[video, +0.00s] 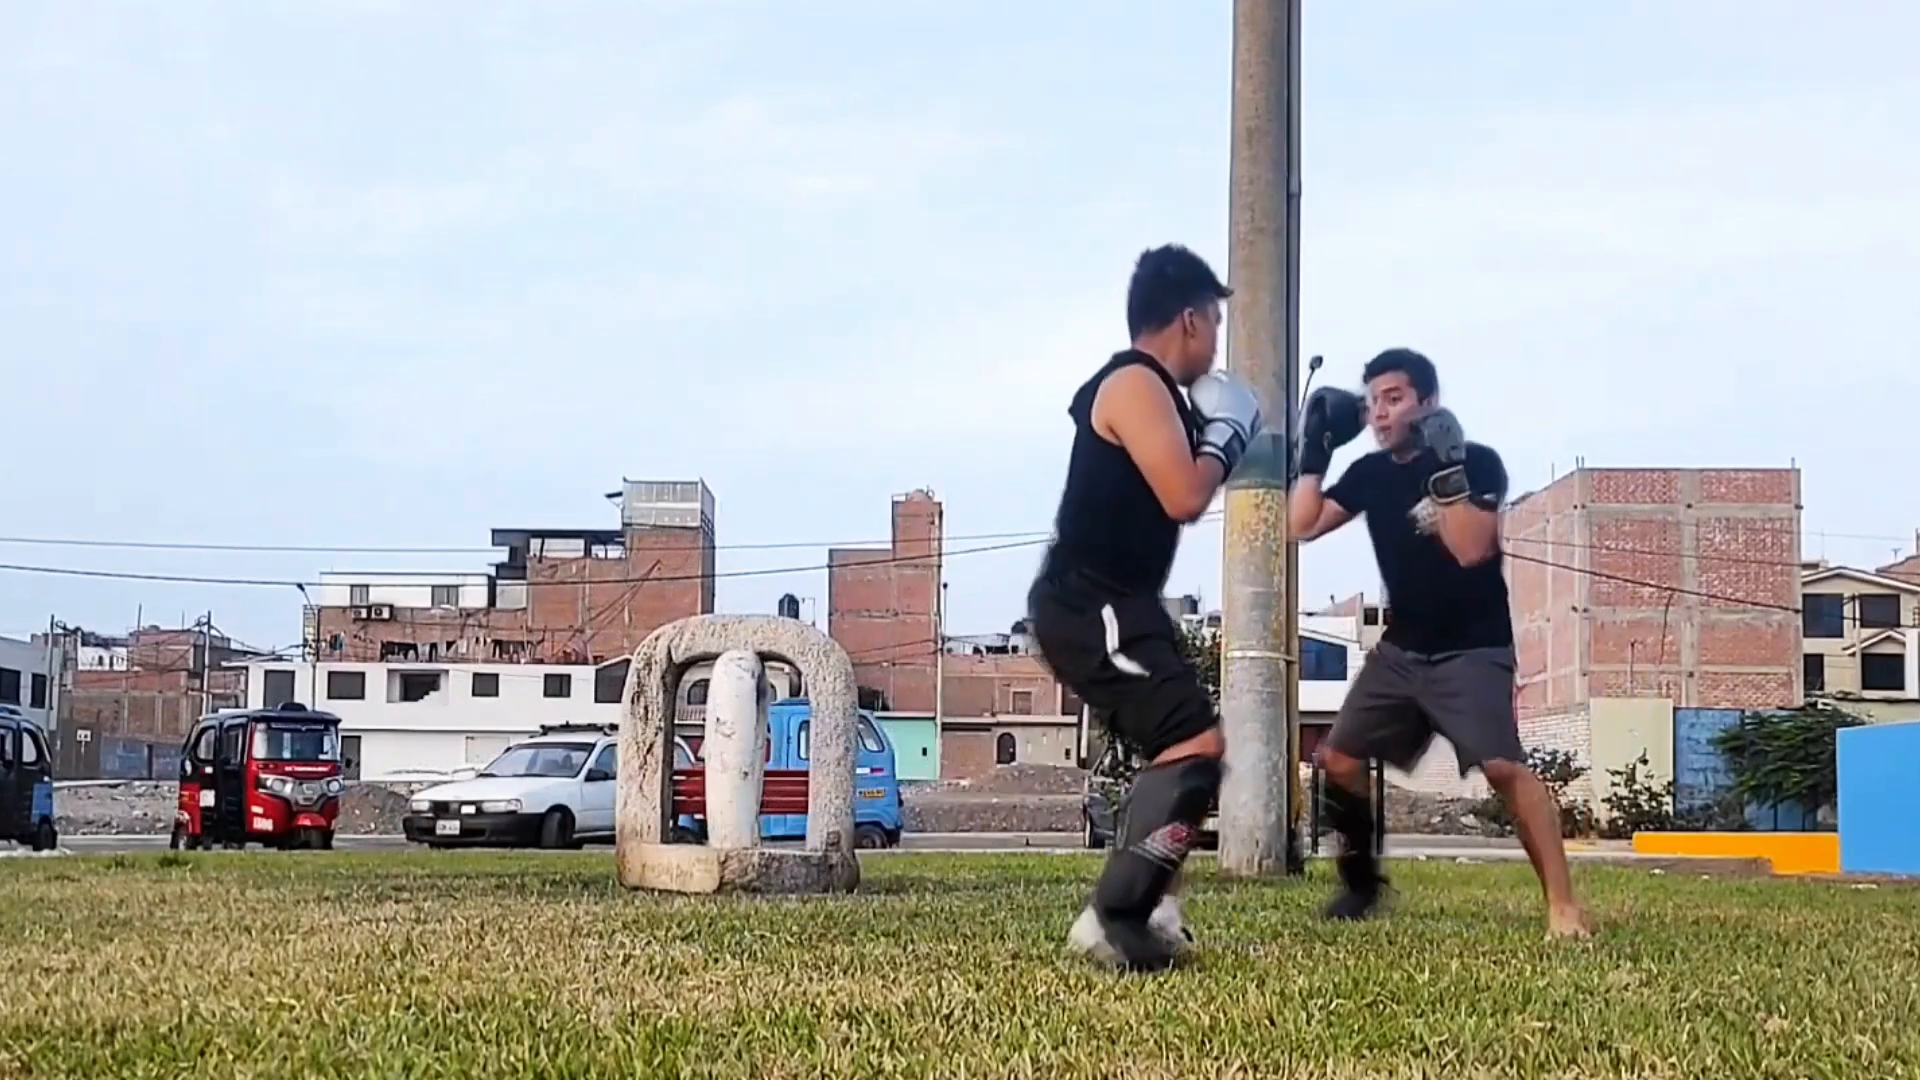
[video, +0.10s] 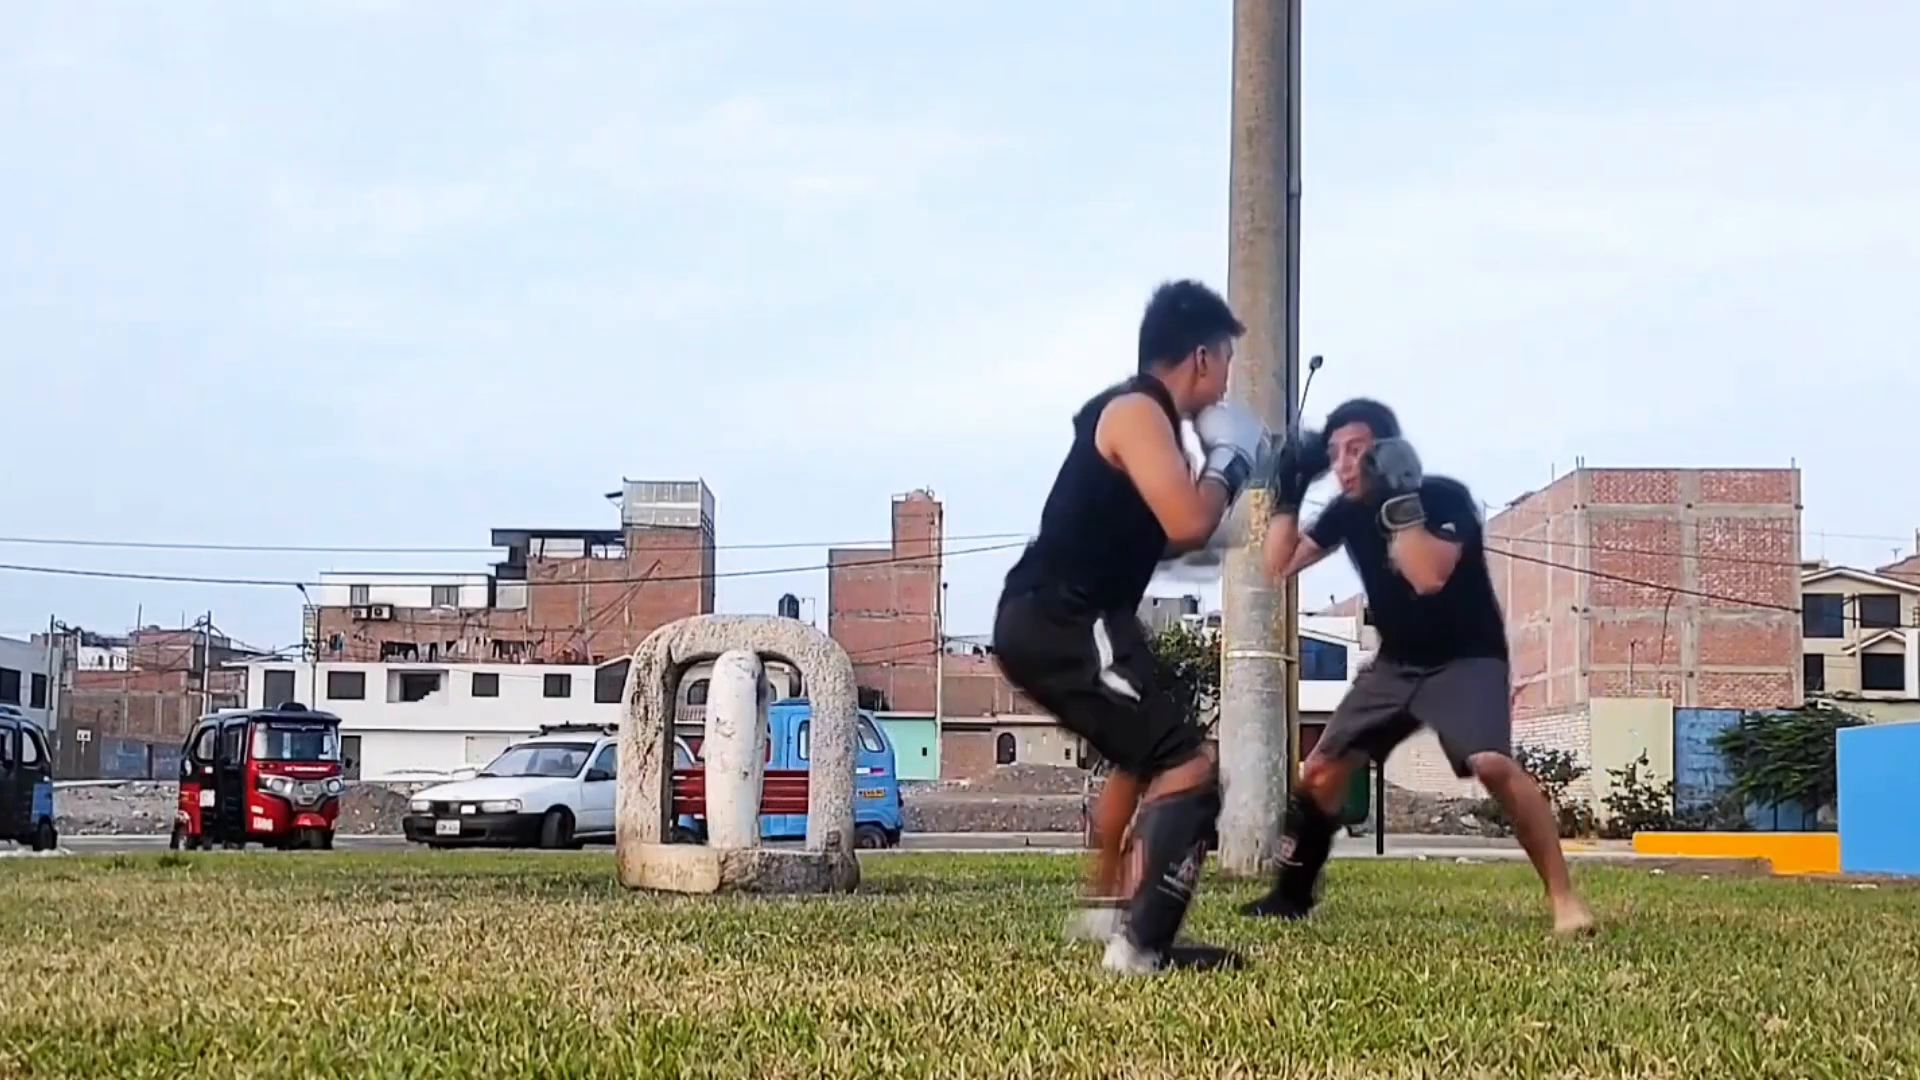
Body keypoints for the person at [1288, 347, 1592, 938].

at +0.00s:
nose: (1379, 410)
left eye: (1392, 397)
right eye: (1372, 400)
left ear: (1427, 401)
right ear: (1368, 409)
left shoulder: (1473, 462)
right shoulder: (1372, 471)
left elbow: (1473, 548)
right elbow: (1302, 524)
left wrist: (1446, 467)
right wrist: (1316, 444)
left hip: (1473, 652)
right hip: (1401, 651)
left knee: (1502, 764)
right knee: (1339, 759)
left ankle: (1564, 908)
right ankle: (1362, 889)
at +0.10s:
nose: (1345, 462)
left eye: (1356, 448)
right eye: (1337, 453)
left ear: (1390, 450)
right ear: (1331, 464)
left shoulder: (1443, 496)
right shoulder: (1346, 513)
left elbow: (1430, 574)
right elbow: (1279, 565)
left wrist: (1399, 498)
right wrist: (1291, 483)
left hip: (1467, 663)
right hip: (1395, 666)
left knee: (1490, 764)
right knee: (1319, 773)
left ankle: (1563, 898)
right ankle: (1293, 897)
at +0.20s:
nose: (1328, 539)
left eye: (1338, 524)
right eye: (1319, 528)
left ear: (1369, 522)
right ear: (1312, 532)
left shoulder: (1429, 560)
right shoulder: (1335, 576)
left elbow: (1410, 640)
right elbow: (1276, 634)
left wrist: (1378, 563)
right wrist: (1277, 564)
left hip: (1465, 695)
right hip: (1391, 698)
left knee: (1476, 781)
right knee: (1300, 785)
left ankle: (1546, 907)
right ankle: (1286, 907)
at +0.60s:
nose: (1395, 612)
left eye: (1409, 597)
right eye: (1385, 597)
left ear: (1440, 592)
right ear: (1375, 593)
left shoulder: (1480, 618)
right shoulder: (1362, 614)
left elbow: (1493, 719)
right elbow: (1317, 700)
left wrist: (1471, 644)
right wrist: (1332, 632)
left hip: (1456, 710)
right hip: (1380, 707)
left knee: (1505, 775)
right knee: (1295, 793)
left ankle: (1544, 910)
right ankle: (1283, 901)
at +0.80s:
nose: (1323, 618)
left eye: (1333, 607)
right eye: (1315, 606)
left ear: (1365, 596)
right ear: (1307, 598)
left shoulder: (1416, 615)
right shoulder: (1307, 633)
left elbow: (1429, 715)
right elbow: (1286, 707)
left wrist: (1369, 676)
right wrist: (1271, 672)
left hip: (1443, 711)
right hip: (1360, 711)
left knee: (1494, 783)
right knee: (1272, 793)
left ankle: (1546, 912)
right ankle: (1262, 904)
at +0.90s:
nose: (1266, 532)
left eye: (1278, 520)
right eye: (1263, 521)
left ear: (1317, 521)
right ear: (1261, 524)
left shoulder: (1365, 559)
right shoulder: (1275, 579)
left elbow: (1401, 649)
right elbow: (1233, 635)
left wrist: (1334, 642)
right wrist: (1192, 599)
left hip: (1402, 701)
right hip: (1326, 703)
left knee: (1469, 792)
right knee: (1243, 792)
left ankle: (1541, 911)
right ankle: (1262, 903)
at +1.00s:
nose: (1233, 463)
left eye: (1245, 451)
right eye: (1230, 452)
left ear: (1284, 458)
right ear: (1229, 457)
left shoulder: (1324, 513)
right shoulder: (1222, 512)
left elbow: (1386, 550)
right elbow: (1150, 542)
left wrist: (1415, 570)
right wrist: (1131, 496)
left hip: (1338, 683)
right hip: (1272, 679)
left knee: (1389, 784)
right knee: (1214, 791)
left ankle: (1485, 884)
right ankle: (1257, 901)